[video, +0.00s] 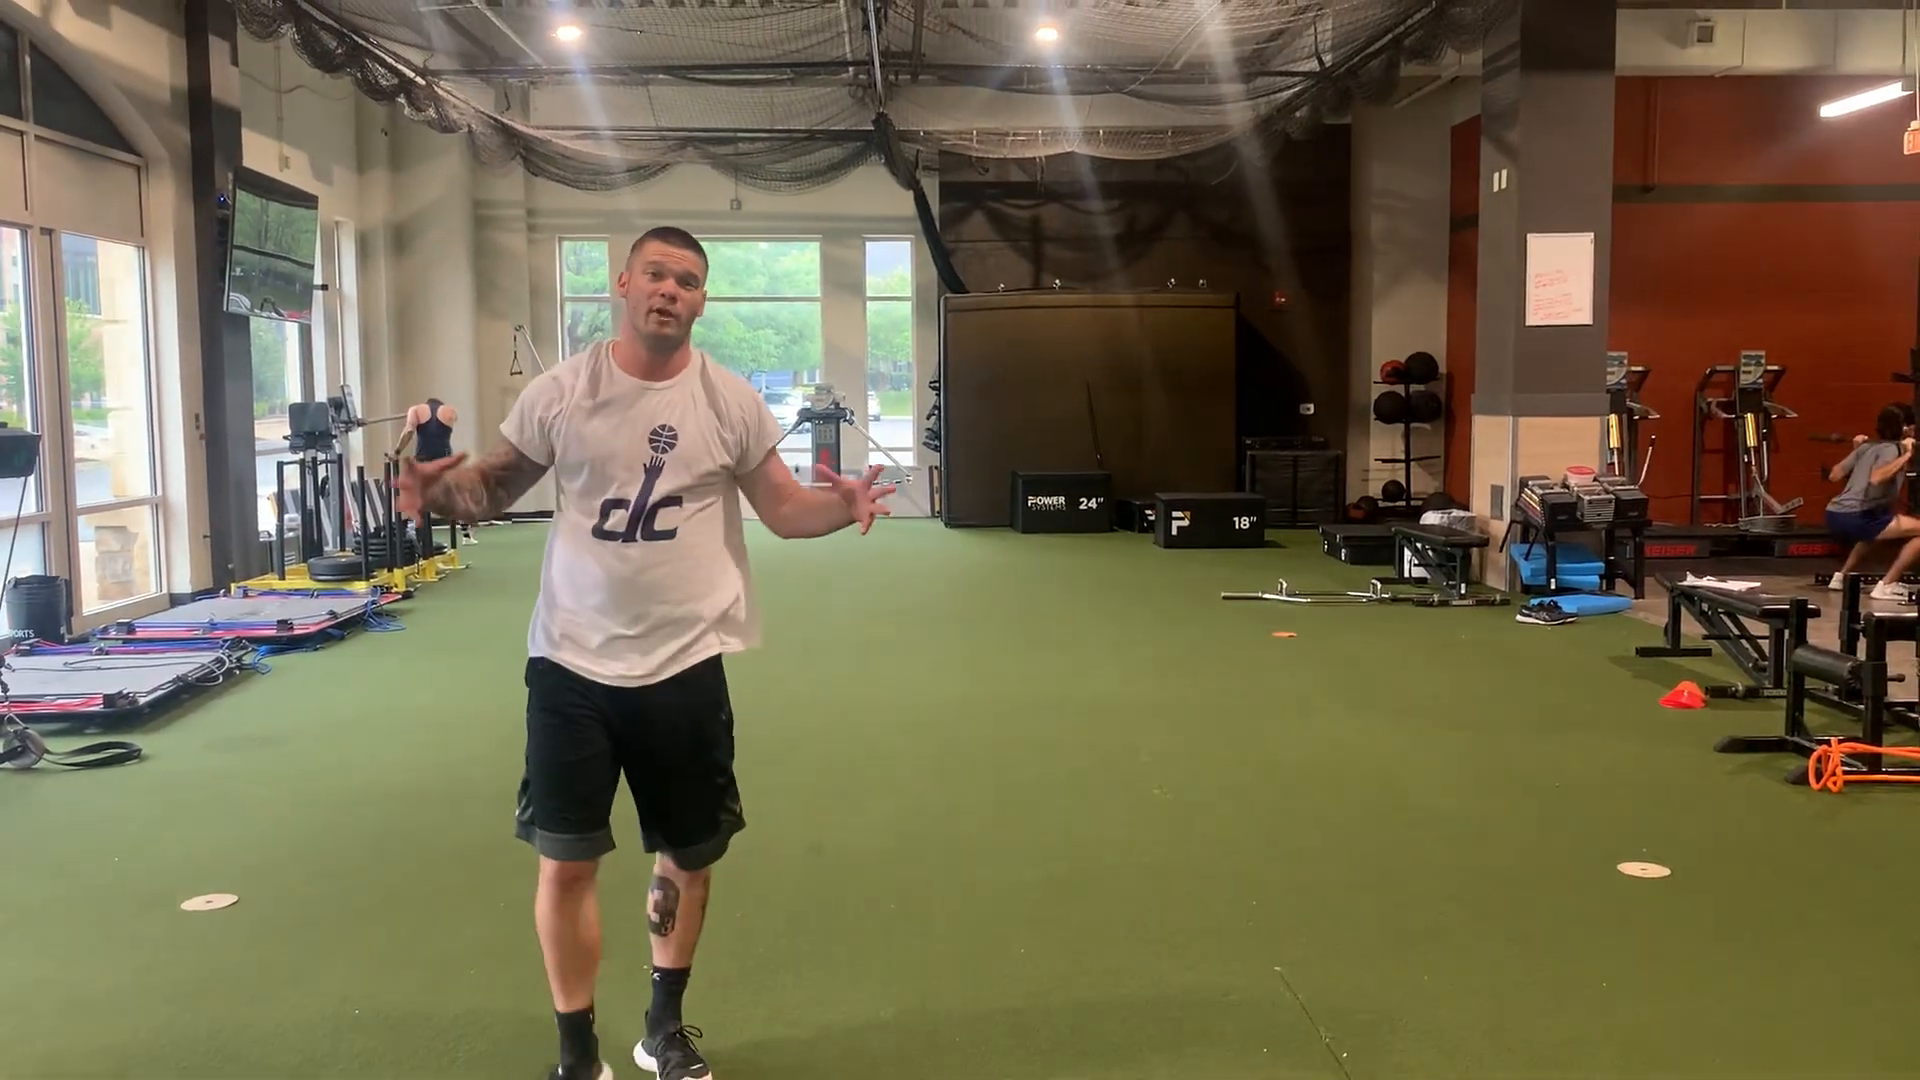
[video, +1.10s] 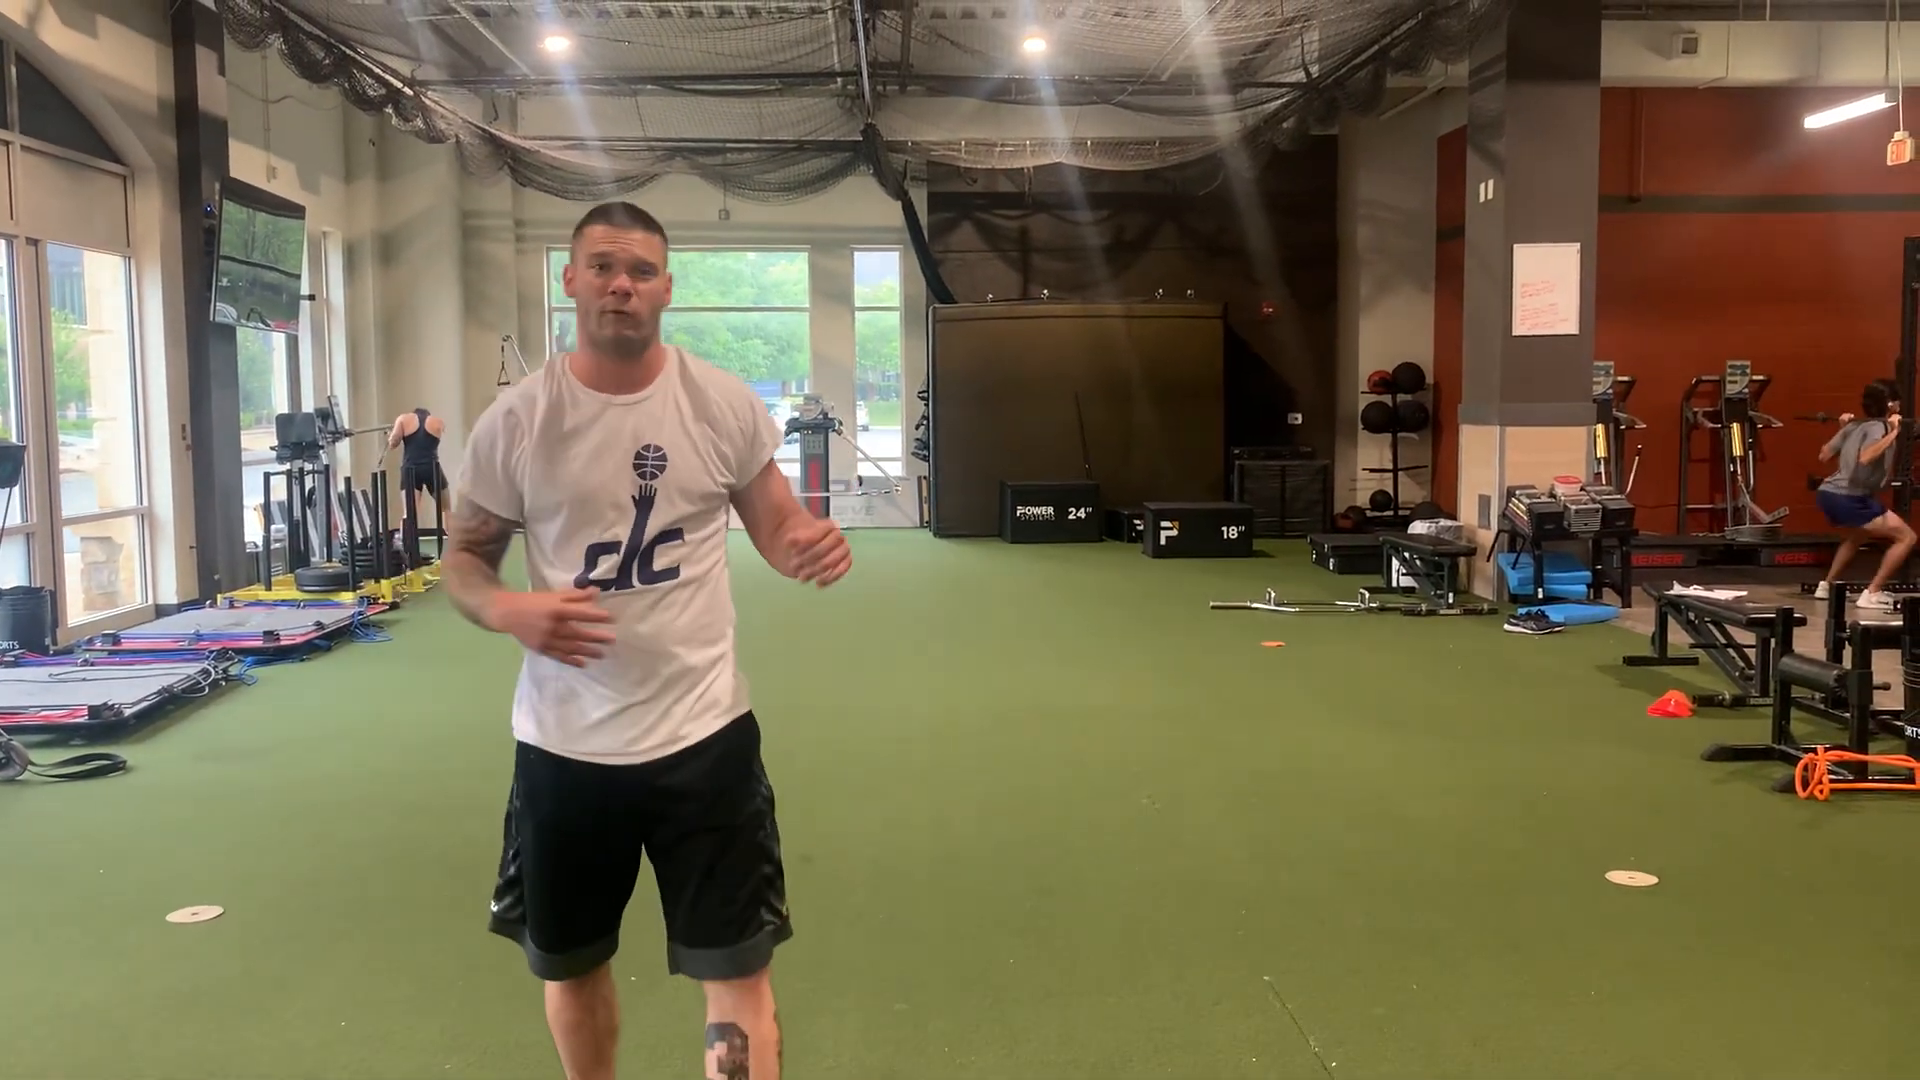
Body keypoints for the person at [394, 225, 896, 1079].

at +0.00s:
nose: (672, 290)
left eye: (688, 282)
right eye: (657, 275)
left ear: (703, 303)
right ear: (620, 285)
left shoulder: (729, 400)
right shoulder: (560, 392)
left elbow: (784, 506)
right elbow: (494, 481)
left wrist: (836, 504)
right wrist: (445, 482)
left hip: (684, 664)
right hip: (572, 661)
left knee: (687, 855)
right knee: (566, 857)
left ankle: (664, 1026)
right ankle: (577, 1058)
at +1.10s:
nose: (621, 285)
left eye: (641, 270)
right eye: (602, 266)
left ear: (666, 288)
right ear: (569, 281)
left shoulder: (725, 407)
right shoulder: (515, 424)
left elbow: (781, 528)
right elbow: (464, 561)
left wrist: (819, 546)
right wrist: (506, 610)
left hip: (703, 736)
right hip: (567, 745)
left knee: (735, 966)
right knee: (571, 965)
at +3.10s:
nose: (977, 244)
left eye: (1004, 233)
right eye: (954, 222)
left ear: (1031, 275)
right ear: (906, 250)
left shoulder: (1079, 442)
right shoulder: (810, 422)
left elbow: (1111, 633)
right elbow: (741, 599)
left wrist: (1047, 643)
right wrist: (728, 751)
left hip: (994, 867)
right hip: (813, 861)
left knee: (1004, 1067)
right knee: (781, 1067)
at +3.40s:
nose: (1027, 264)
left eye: (1057, 256)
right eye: (1008, 239)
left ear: (1079, 301)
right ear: (960, 263)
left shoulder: (1100, 464)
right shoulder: (842, 415)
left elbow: (1137, 652)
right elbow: (752, 589)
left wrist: (1141, 732)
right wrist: (796, 736)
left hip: (988, 869)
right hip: (818, 860)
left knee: (1007, 1069)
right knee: (783, 1067)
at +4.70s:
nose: (810, 296)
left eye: (822, 275)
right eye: (783, 287)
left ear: (854, 290)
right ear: (754, 318)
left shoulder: (944, 420)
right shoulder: (727, 452)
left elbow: (1012, 564)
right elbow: (679, 631)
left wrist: (1028, 588)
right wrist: (794, 649)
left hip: (930, 792)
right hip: (785, 802)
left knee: (949, 1052)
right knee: (785, 1053)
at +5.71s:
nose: (881, 320)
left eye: (899, 316)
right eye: (867, 302)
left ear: (910, 342)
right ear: (825, 314)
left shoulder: (936, 446)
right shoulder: (750, 438)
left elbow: (967, 570)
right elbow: (700, 583)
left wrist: (935, 615)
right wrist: (757, 520)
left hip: (900, 735)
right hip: (774, 736)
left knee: (905, 960)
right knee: (755, 955)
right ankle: (753, 1062)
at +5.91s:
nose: (828, 324)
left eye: (845, 318)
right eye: (814, 308)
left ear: (859, 344)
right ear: (778, 321)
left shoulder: (896, 440)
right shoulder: (720, 444)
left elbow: (924, 553)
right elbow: (665, 589)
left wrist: (902, 606)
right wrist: (735, 548)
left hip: (869, 721)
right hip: (752, 725)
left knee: (882, 932)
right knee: (748, 921)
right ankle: (760, 1069)